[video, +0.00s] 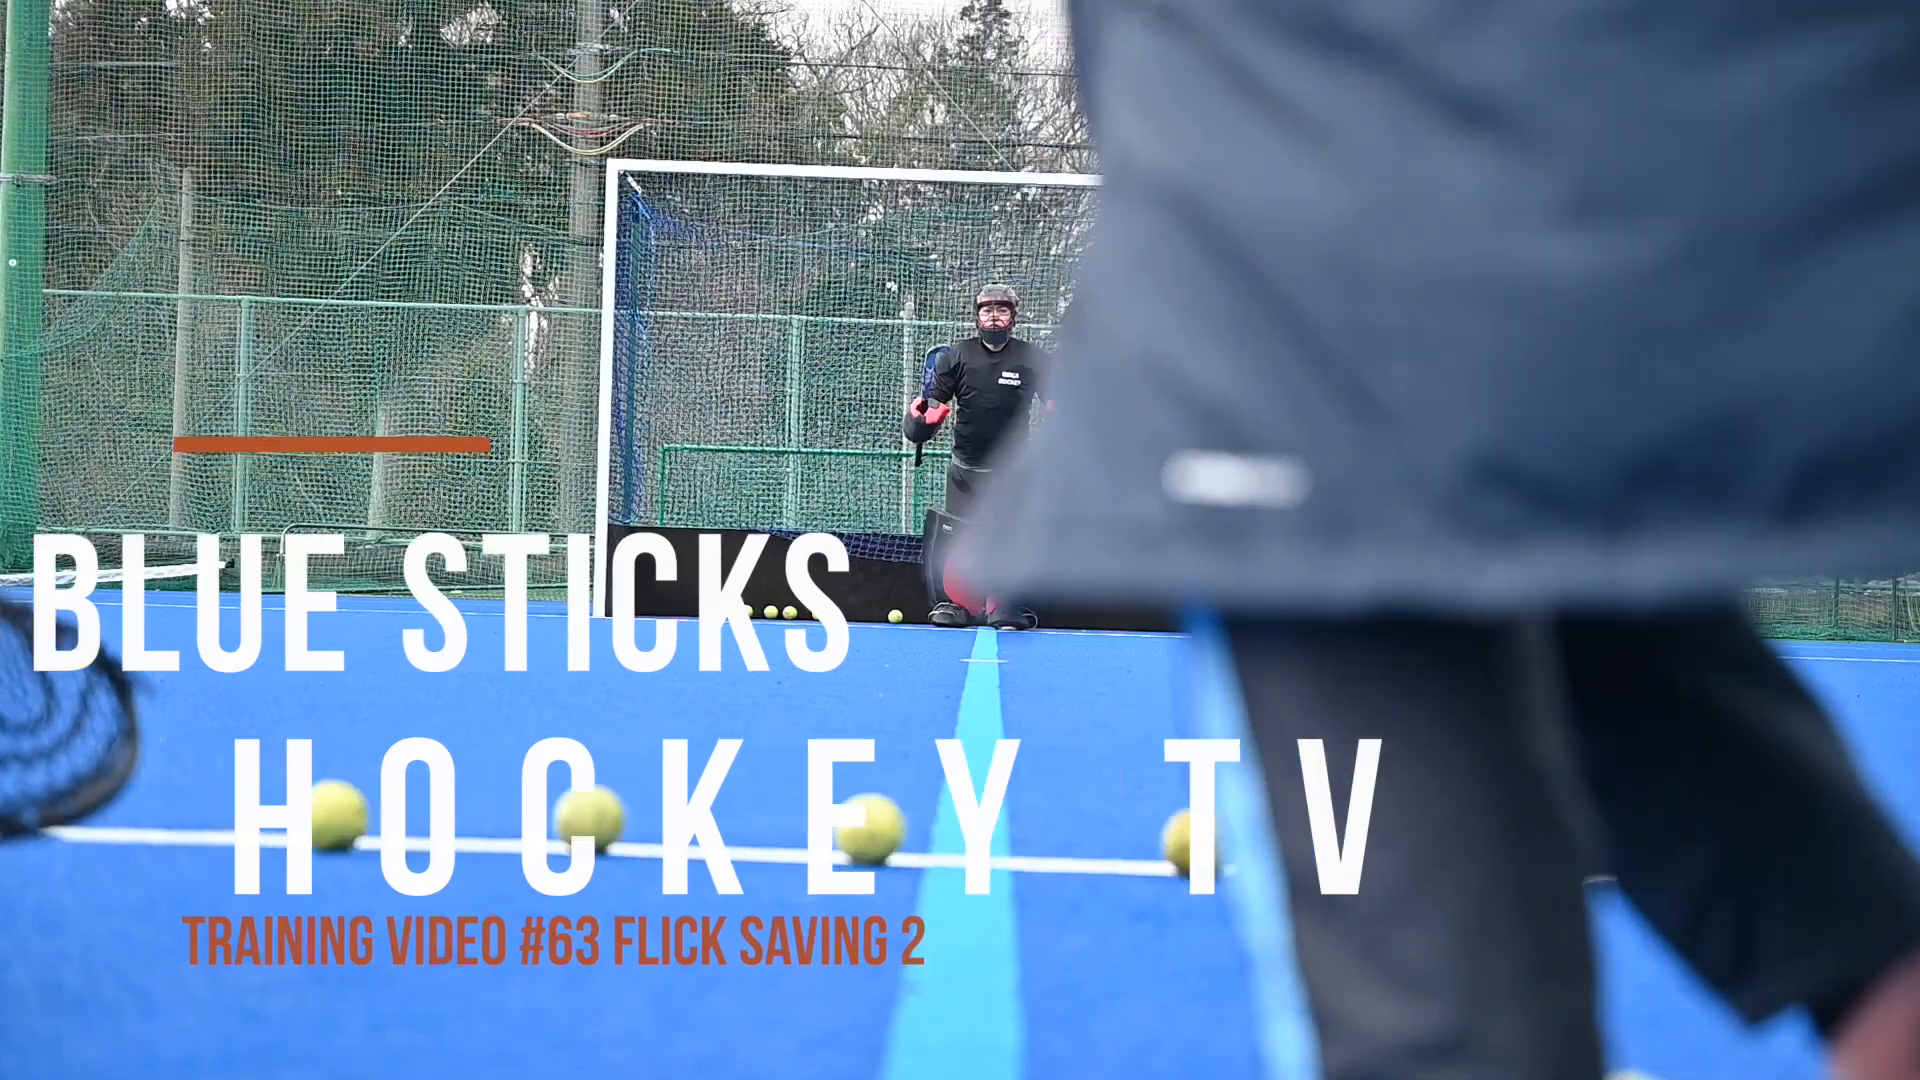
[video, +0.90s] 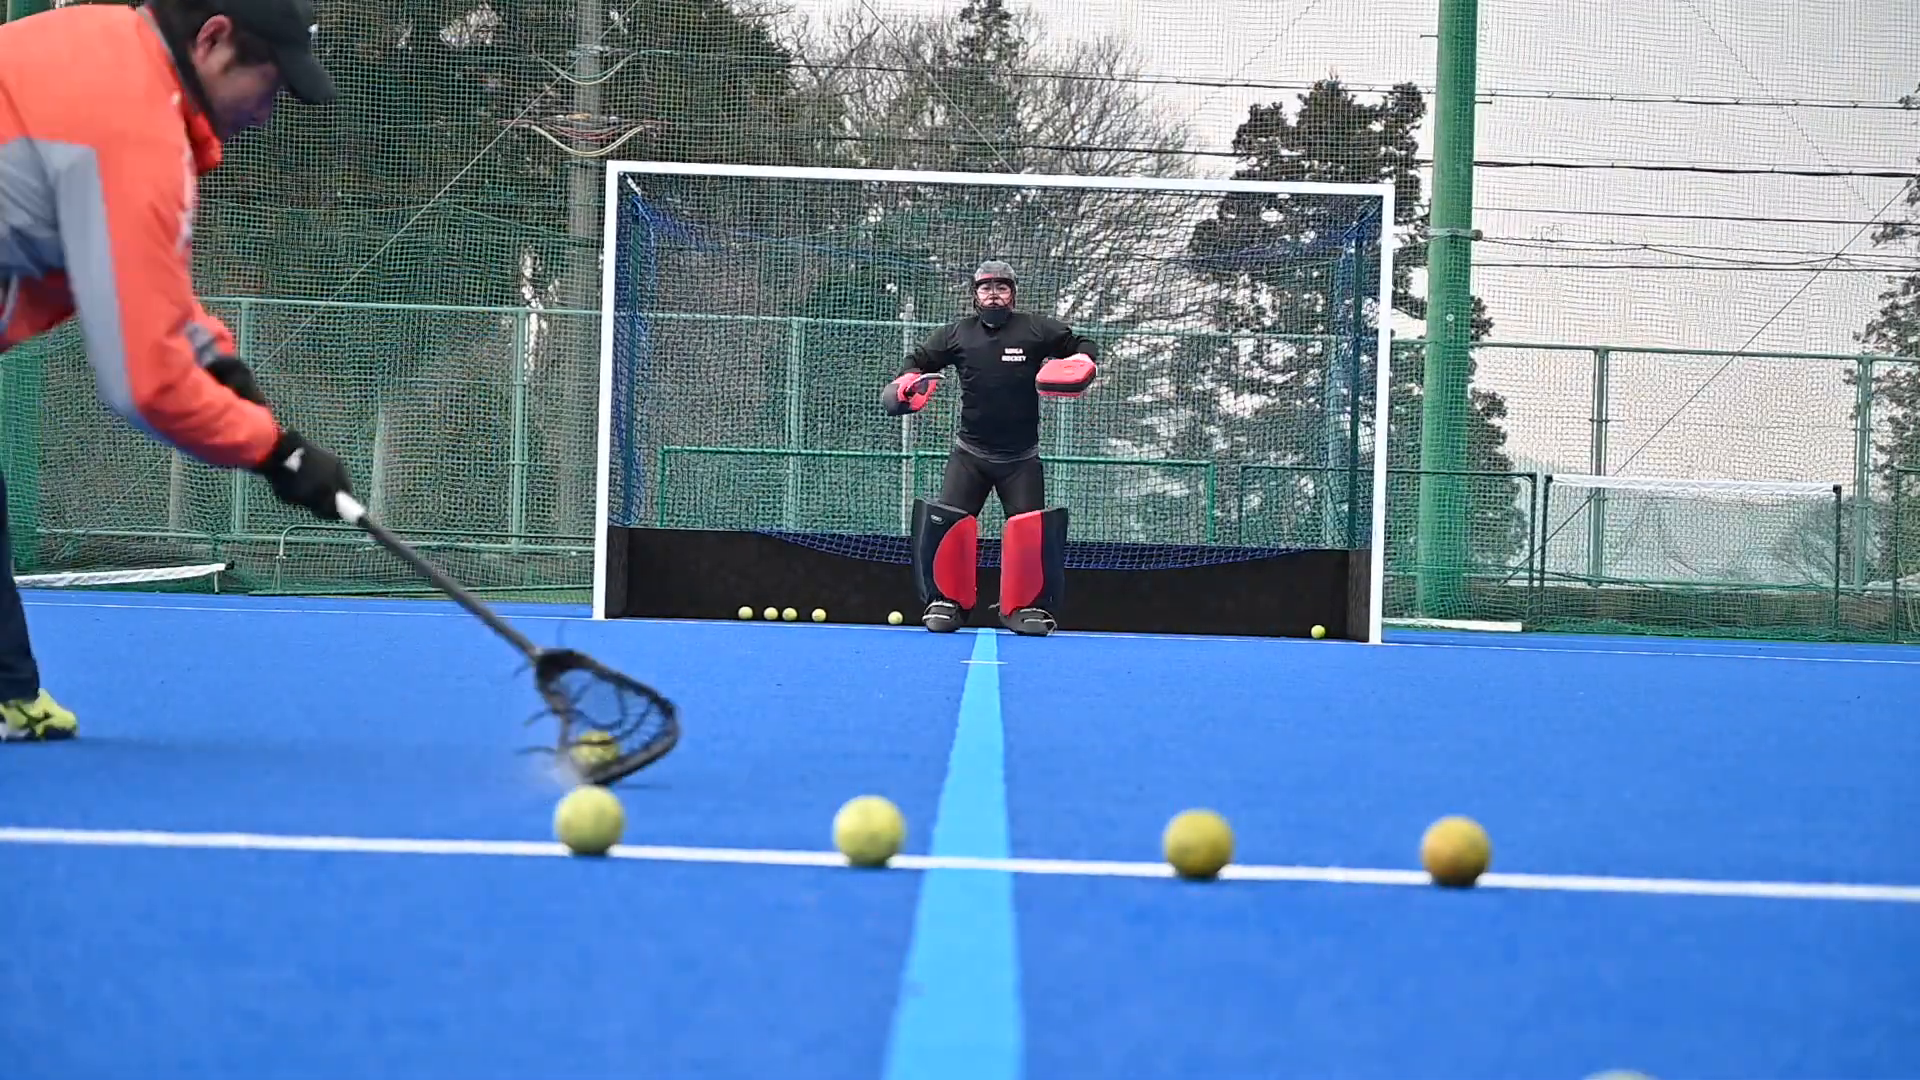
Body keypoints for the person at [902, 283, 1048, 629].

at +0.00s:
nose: (994, 315)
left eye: (1001, 309)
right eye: (987, 309)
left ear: (1013, 315)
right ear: (976, 315)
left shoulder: (1031, 359)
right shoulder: (956, 356)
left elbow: (1063, 401)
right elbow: (931, 405)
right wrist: (922, 423)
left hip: (1012, 462)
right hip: (965, 462)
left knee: (1008, 532)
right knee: (958, 532)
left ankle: (1010, 606)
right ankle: (957, 603)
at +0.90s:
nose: (993, 293)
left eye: (1001, 286)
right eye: (986, 286)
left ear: (1013, 293)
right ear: (975, 293)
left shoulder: (1037, 330)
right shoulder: (956, 335)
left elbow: (1083, 347)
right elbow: (914, 365)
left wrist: (1081, 365)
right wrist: (903, 389)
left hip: (1021, 457)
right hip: (970, 453)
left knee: (1027, 530)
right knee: (949, 522)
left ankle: (1024, 608)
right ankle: (946, 602)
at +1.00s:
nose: (994, 298)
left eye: (1001, 291)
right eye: (986, 291)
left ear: (1013, 297)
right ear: (975, 297)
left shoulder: (1034, 325)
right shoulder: (957, 332)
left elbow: (1086, 328)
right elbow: (916, 352)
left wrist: (1076, 355)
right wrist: (905, 380)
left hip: (1026, 449)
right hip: (976, 447)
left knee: (1042, 515)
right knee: (945, 504)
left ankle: (1046, 594)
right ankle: (931, 587)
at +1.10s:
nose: (990, 314)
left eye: (998, 307)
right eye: (982, 307)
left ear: (1011, 313)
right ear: (971, 314)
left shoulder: (1036, 351)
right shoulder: (957, 357)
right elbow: (935, 399)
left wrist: (1056, 399)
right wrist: (911, 423)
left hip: (1028, 464)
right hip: (974, 463)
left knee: (1063, 526)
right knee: (939, 511)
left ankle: (1098, 612)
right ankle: (909, 596)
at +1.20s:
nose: (967, 333)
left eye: (976, 326)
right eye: (961, 327)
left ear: (992, 332)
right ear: (953, 333)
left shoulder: (1019, 372)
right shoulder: (945, 379)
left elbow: (1036, 418)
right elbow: (927, 430)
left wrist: (997, 403)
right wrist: (884, 428)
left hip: (1024, 486)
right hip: (971, 487)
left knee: (1066, 540)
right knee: (934, 504)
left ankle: (1110, 617)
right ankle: (909, 600)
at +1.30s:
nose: (914, 340)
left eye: (924, 333)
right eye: (911, 333)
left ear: (945, 340)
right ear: (907, 339)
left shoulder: (966, 370)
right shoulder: (899, 383)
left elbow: (990, 402)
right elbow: (860, 416)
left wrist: (944, 384)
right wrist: (818, 405)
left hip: (996, 477)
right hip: (947, 492)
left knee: (1044, 540)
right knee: (900, 517)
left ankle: (1109, 609)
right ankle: (924, 608)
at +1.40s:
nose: (867, 348)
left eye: (878, 343)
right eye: (863, 343)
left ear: (898, 345)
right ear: (857, 348)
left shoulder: (915, 373)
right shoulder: (843, 385)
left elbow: (952, 379)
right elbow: (785, 386)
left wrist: (905, 357)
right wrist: (733, 369)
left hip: (954, 470)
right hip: (907, 493)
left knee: (1005, 524)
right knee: (862, 522)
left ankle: (1087, 588)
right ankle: (922, 607)